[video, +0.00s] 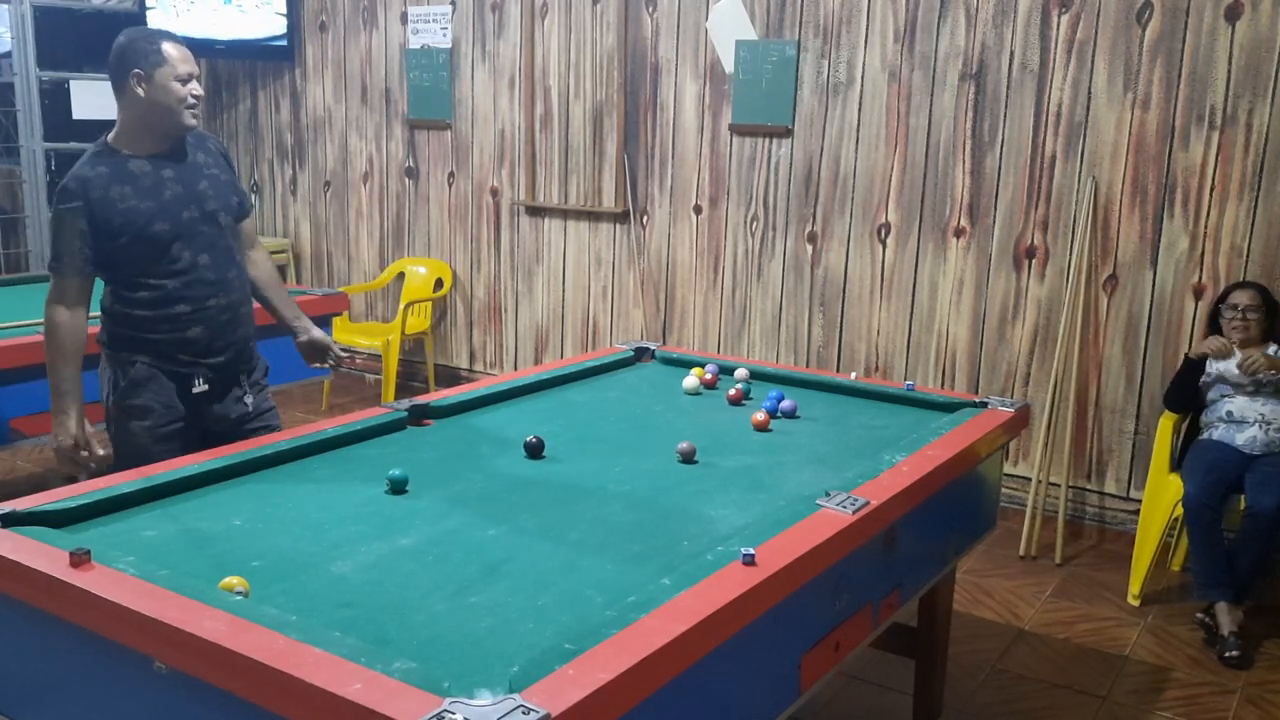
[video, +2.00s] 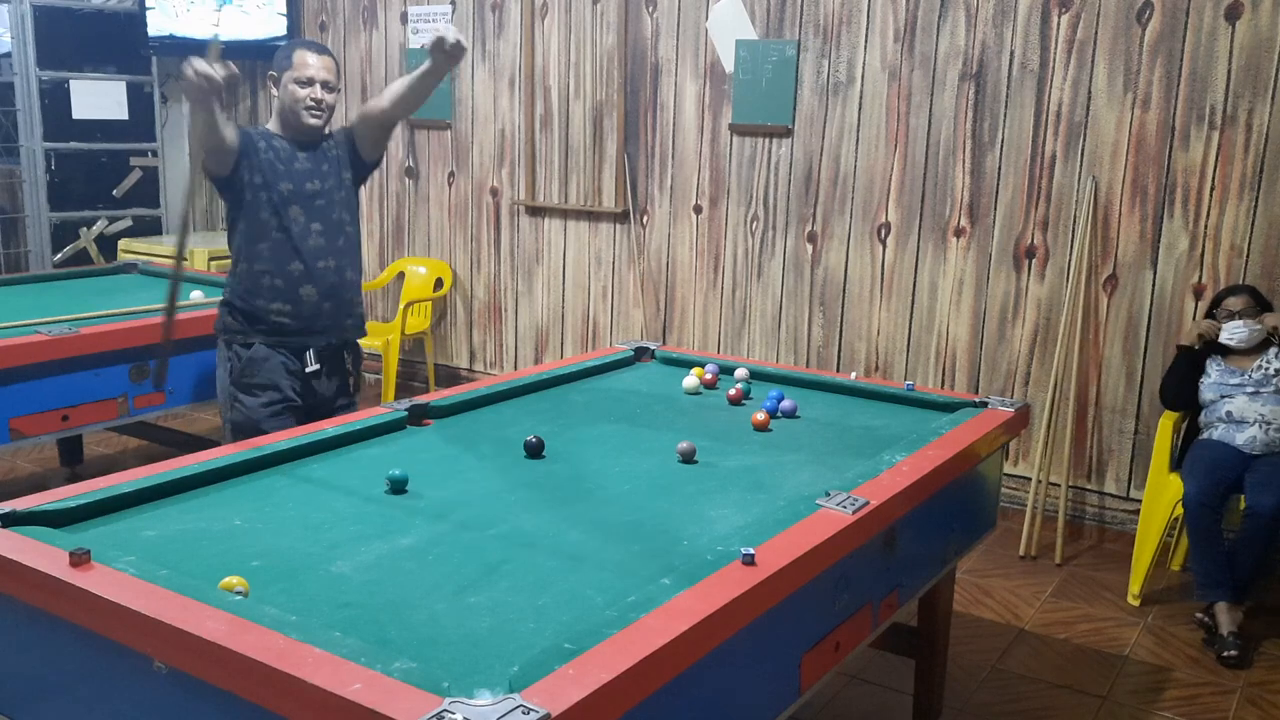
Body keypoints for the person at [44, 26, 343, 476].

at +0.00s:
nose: (198, 93)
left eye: (198, 81)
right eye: (184, 80)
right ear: (138, 84)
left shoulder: (210, 154)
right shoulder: (87, 185)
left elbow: (250, 251)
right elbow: (67, 303)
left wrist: (303, 328)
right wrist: (67, 416)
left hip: (239, 376)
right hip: (149, 388)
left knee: (274, 518)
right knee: (163, 531)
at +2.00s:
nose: (318, 95)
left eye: (329, 87)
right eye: (304, 83)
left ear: (337, 96)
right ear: (275, 87)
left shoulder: (345, 153)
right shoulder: (246, 149)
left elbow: (384, 112)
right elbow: (214, 148)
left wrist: (436, 68)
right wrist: (204, 102)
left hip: (334, 351)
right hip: (261, 352)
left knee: (334, 485)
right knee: (267, 488)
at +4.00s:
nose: (150, 81)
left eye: (160, 69)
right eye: (133, 69)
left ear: (175, 80)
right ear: (96, 78)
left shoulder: (201, 158)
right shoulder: (72, 176)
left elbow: (244, 259)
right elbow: (59, 296)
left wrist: (283, 345)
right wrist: (50, 406)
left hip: (225, 377)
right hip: (134, 387)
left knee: (258, 521)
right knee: (154, 535)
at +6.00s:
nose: (253, 94)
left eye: (268, 86)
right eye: (237, 80)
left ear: (284, 103)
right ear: (204, 84)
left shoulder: (284, 198)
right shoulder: (131, 156)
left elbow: (283, 316)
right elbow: (61, 265)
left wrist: (296, 414)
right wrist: (33, 382)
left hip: (215, 414)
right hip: (108, 410)